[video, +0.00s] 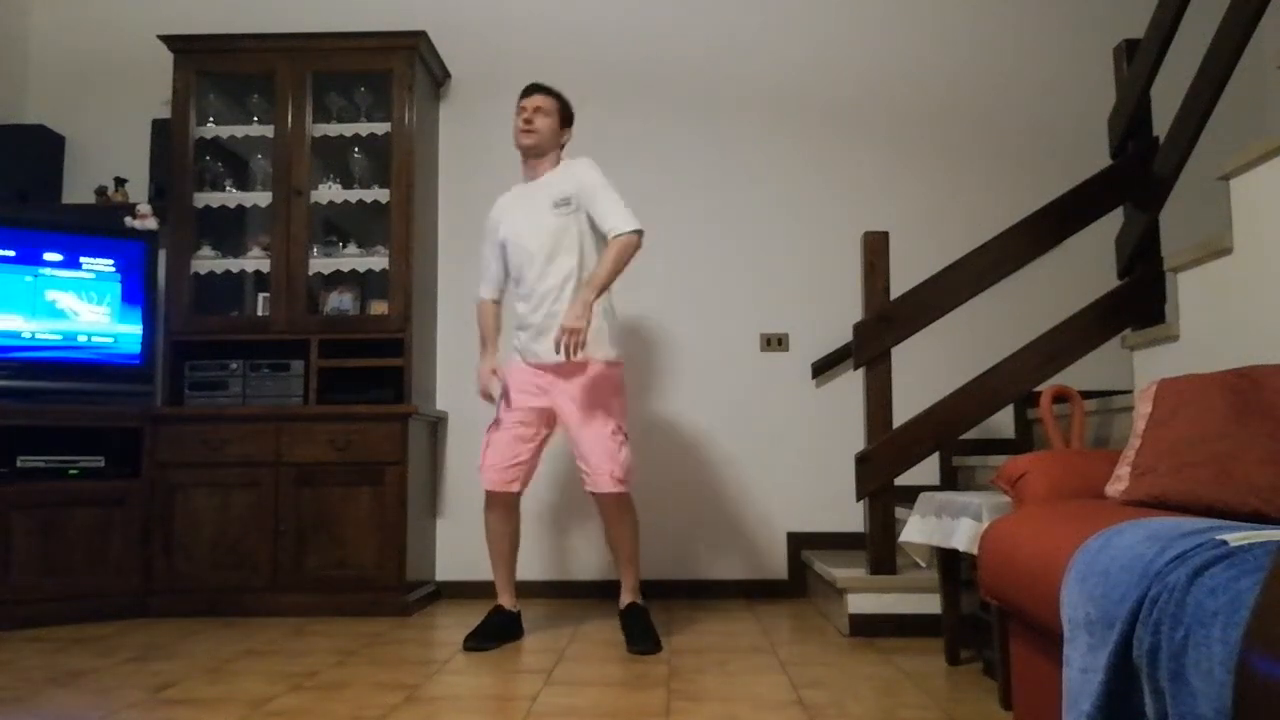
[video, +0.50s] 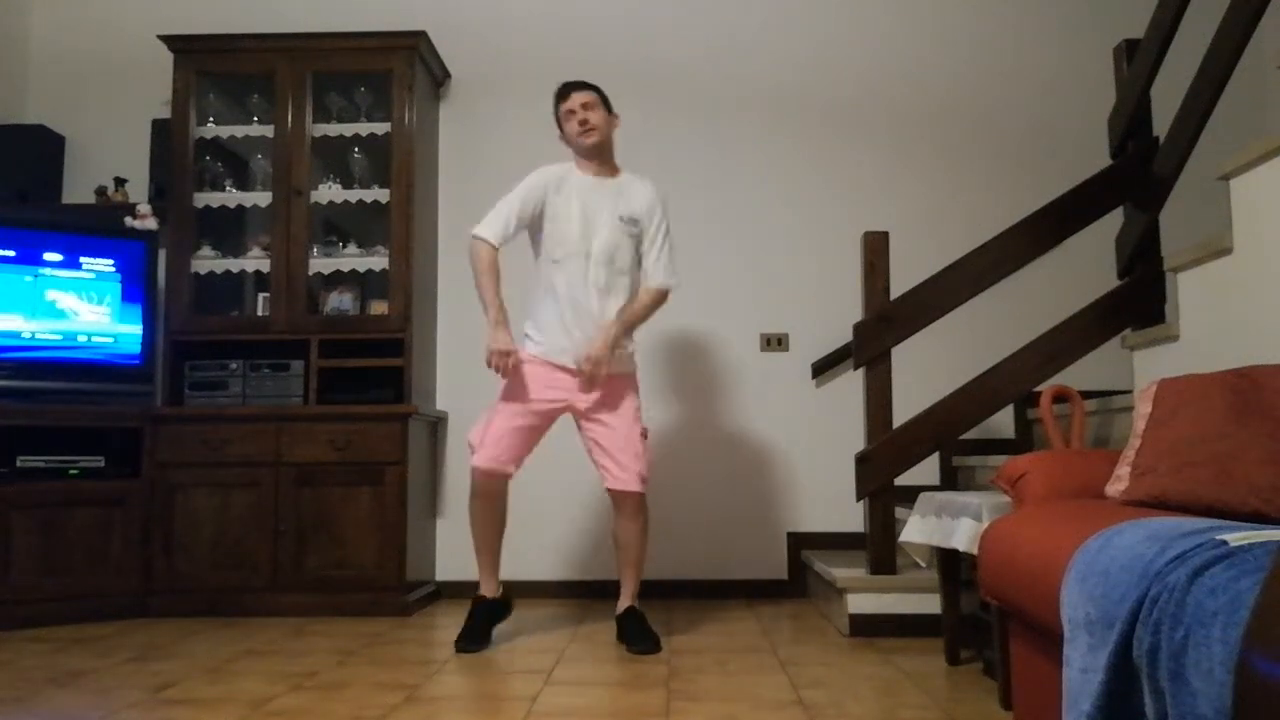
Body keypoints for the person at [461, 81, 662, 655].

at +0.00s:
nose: (525, 119)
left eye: (538, 113)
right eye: (521, 113)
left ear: (563, 131)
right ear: (514, 129)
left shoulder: (579, 174)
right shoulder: (503, 208)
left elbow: (627, 236)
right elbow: (489, 290)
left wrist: (585, 301)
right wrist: (489, 353)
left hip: (588, 366)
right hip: (524, 371)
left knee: (610, 485)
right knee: (498, 482)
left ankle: (632, 601)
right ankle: (505, 608)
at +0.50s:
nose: (579, 118)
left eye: (588, 108)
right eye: (569, 115)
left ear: (613, 120)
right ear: (562, 134)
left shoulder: (643, 195)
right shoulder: (547, 183)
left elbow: (656, 287)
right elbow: (483, 240)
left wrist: (612, 336)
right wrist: (497, 324)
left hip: (610, 374)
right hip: (538, 366)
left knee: (630, 488)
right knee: (486, 467)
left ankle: (629, 607)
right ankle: (488, 594)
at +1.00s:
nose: (562, 137)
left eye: (574, 128)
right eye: (554, 126)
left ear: (589, 134)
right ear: (538, 127)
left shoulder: (608, 200)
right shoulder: (512, 198)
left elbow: (628, 287)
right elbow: (480, 277)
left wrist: (609, 350)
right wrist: (508, 339)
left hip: (591, 368)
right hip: (524, 368)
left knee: (627, 469)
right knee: (501, 485)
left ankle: (632, 597)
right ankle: (508, 609)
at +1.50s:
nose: (558, 153)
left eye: (568, 142)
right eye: (548, 144)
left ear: (587, 140)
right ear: (535, 145)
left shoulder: (613, 195)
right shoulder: (531, 219)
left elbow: (637, 276)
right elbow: (503, 302)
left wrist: (603, 344)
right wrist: (503, 370)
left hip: (604, 368)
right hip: (537, 367)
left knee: (625, 489)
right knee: (498, 481)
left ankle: (637, 607)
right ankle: (509, 603)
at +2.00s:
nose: (585, 171)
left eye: (596, 159)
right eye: (575, 159)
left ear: (615, 146)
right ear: (560, 146)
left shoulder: (631, 214)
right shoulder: (535, 199)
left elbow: (654, 297)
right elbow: (483, 266)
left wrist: (635, 346)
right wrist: (485, 339)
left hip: (603, 369)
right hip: (533, 366)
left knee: (629, 483)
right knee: (504, 483)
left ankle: (639, 607)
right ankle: (511, 610)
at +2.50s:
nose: (519, 176)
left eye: (524, 163)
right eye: (508, 169)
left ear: (545, 144)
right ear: (498, 167)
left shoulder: (583, 185)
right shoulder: (504, 225)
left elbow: (625, 262)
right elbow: (502, 306)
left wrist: (610, 338)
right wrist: (512, 358)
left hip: (597, 369)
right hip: (534, 375)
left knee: (631, 475)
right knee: (508, 484)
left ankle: (646, 602)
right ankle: (510, 610)